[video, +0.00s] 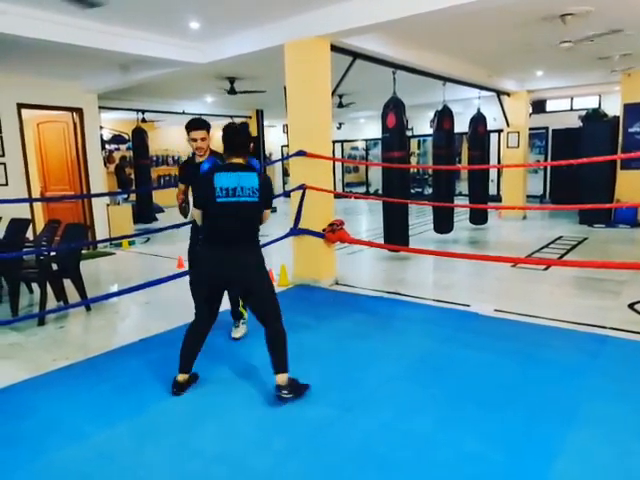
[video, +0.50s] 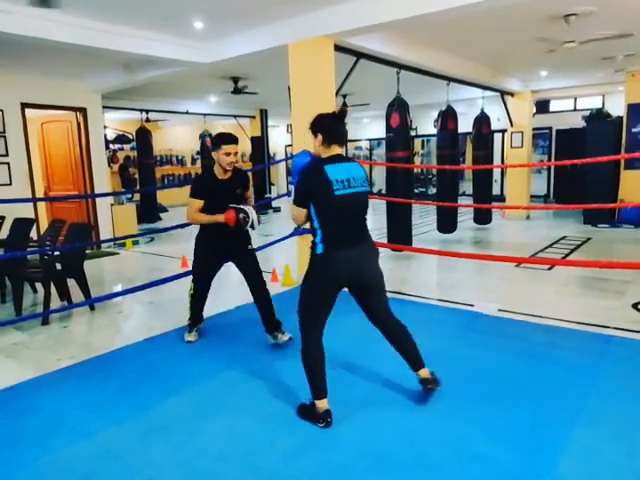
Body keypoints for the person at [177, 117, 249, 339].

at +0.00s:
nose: (199, 145)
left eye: (202, 140)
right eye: (194, 141)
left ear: (210, 139)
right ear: (189, 141)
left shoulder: (222, 161)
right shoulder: (186, 166)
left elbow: (234, 187)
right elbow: (182, 192)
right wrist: (182, 203)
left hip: (225, 220)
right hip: (199, 223)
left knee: (231, 268)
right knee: (198, 273)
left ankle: (239, 317)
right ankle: (203, 315)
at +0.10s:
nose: (198, 154)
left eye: (202, 149)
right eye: (194, 149)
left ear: (210, 149)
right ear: (188, 151)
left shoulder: (222, 173)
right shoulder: (184, 177)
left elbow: (233, 200)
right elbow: (177, 203)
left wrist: (224, 222)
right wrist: (181, 221)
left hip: (222, 234)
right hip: (196, 236)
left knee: (229, 279)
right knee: (192, 282)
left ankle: (230, 320)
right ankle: (194, 319)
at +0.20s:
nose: (202, 157)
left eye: (206, 152)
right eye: (197, 153)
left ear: (212, 152)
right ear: (190, 154)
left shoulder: (224, 177)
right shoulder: (184, 181)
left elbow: (239, 202)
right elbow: (174, 208)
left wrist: (227, 221)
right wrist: (182, 226)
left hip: (221, 235)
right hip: (196, 237)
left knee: (230, 282)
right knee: (192, 283)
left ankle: (228, 319)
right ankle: (196, 319)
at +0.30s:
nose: (210, 150)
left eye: (213, 145)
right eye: (205, 146)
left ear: (217, 145)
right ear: (195, 147)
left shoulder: (227, 169)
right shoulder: (187, 174)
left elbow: (239, 191)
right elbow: (175, 203)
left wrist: (234, 210)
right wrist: (191, 217)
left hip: (227, 231)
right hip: (200, 232)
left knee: (239, 277)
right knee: (194, 280)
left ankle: (235, 316)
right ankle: (196, 320)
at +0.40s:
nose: (222, 148)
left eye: (224, 143)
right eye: (216, 143)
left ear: (227, 142)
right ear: (204, 143)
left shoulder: (233, 165)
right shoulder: (194, 169)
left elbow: (242, 194)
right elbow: (181, 203)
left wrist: (244, 191)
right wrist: (208, 208)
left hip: (232, 226)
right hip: (205, 229)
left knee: (249, 271)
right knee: (198, 277)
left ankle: (254, 319)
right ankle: (194, 321)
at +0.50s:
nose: (233, 159)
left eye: (235, 154)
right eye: (227, 155)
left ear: (239, 154)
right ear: (214, 155)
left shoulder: (243, 177)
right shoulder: (203, 181)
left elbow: (248, 201)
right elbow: (192, 216)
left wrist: (247, 213)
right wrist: (222, 218)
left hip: (238, 239)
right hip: (210, 241)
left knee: (257, 284)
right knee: (200, 286)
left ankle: (274, 329)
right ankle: (193, 325)